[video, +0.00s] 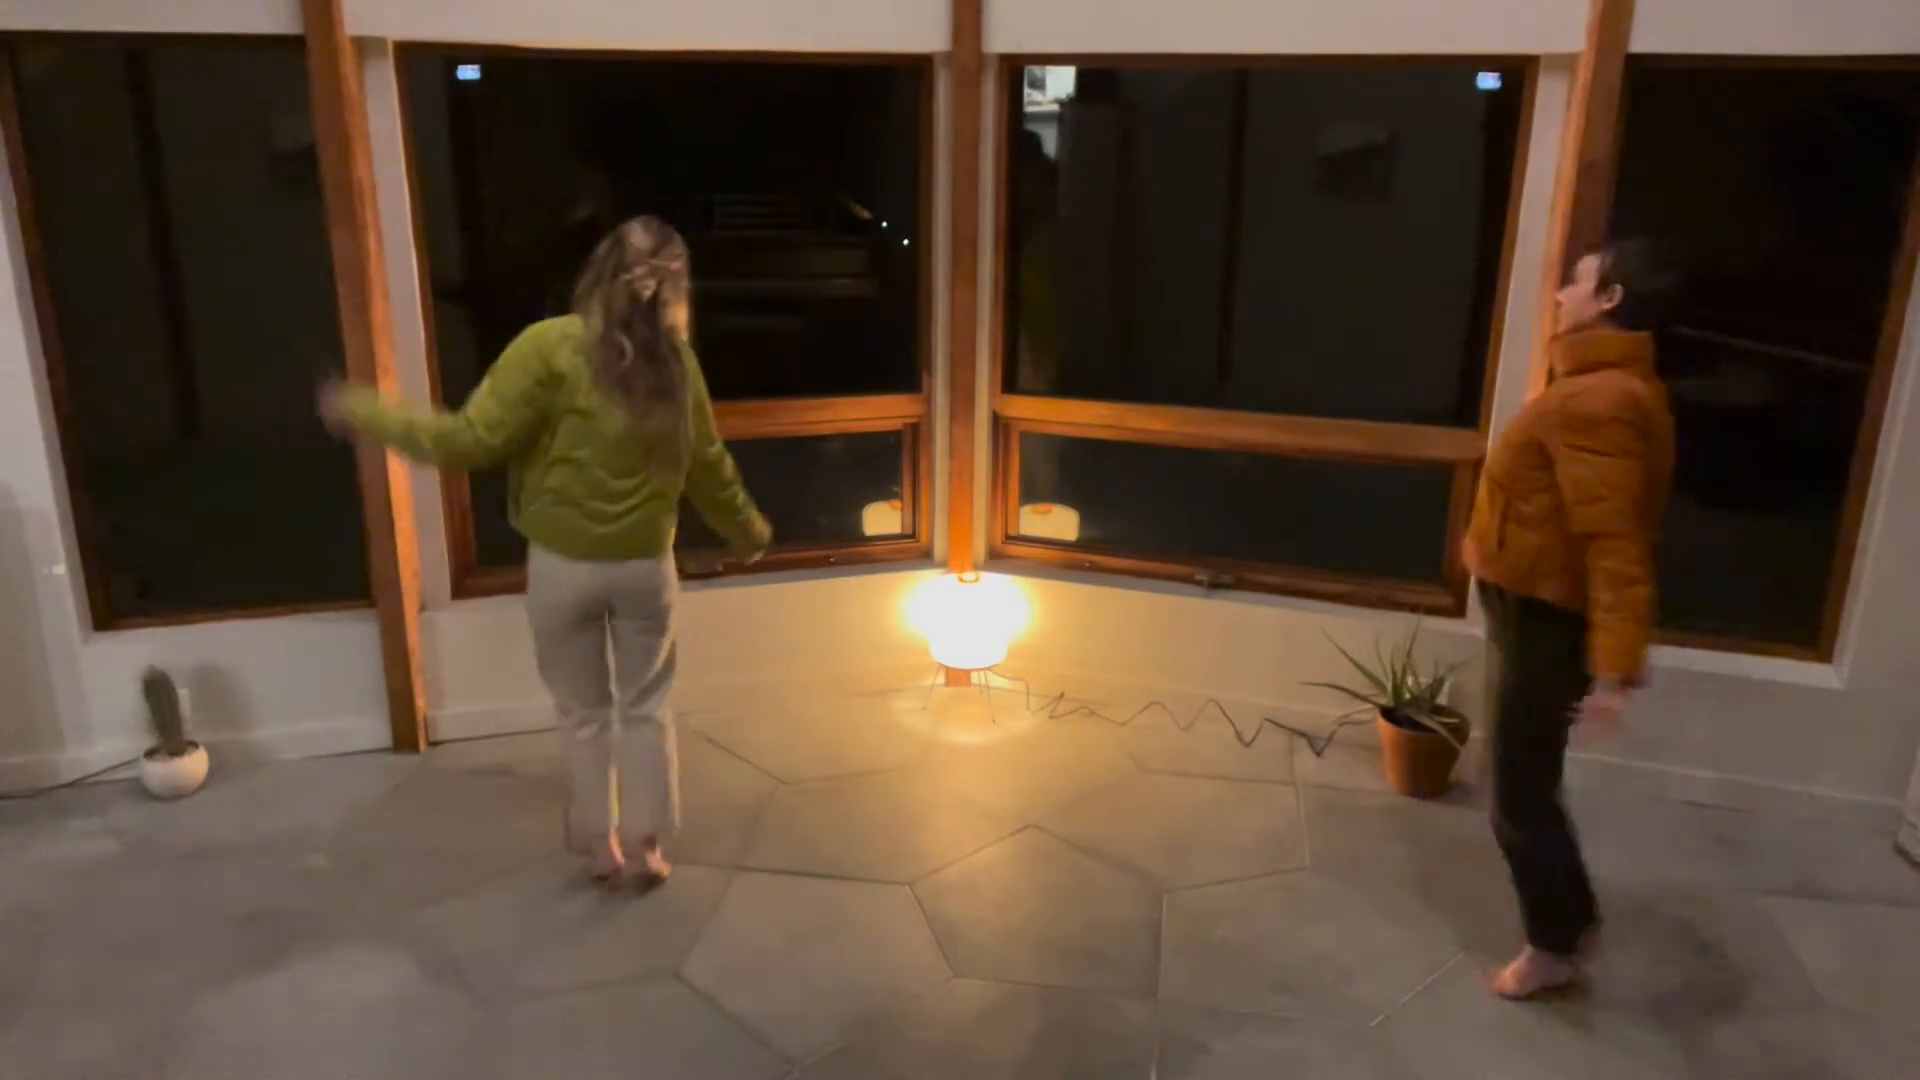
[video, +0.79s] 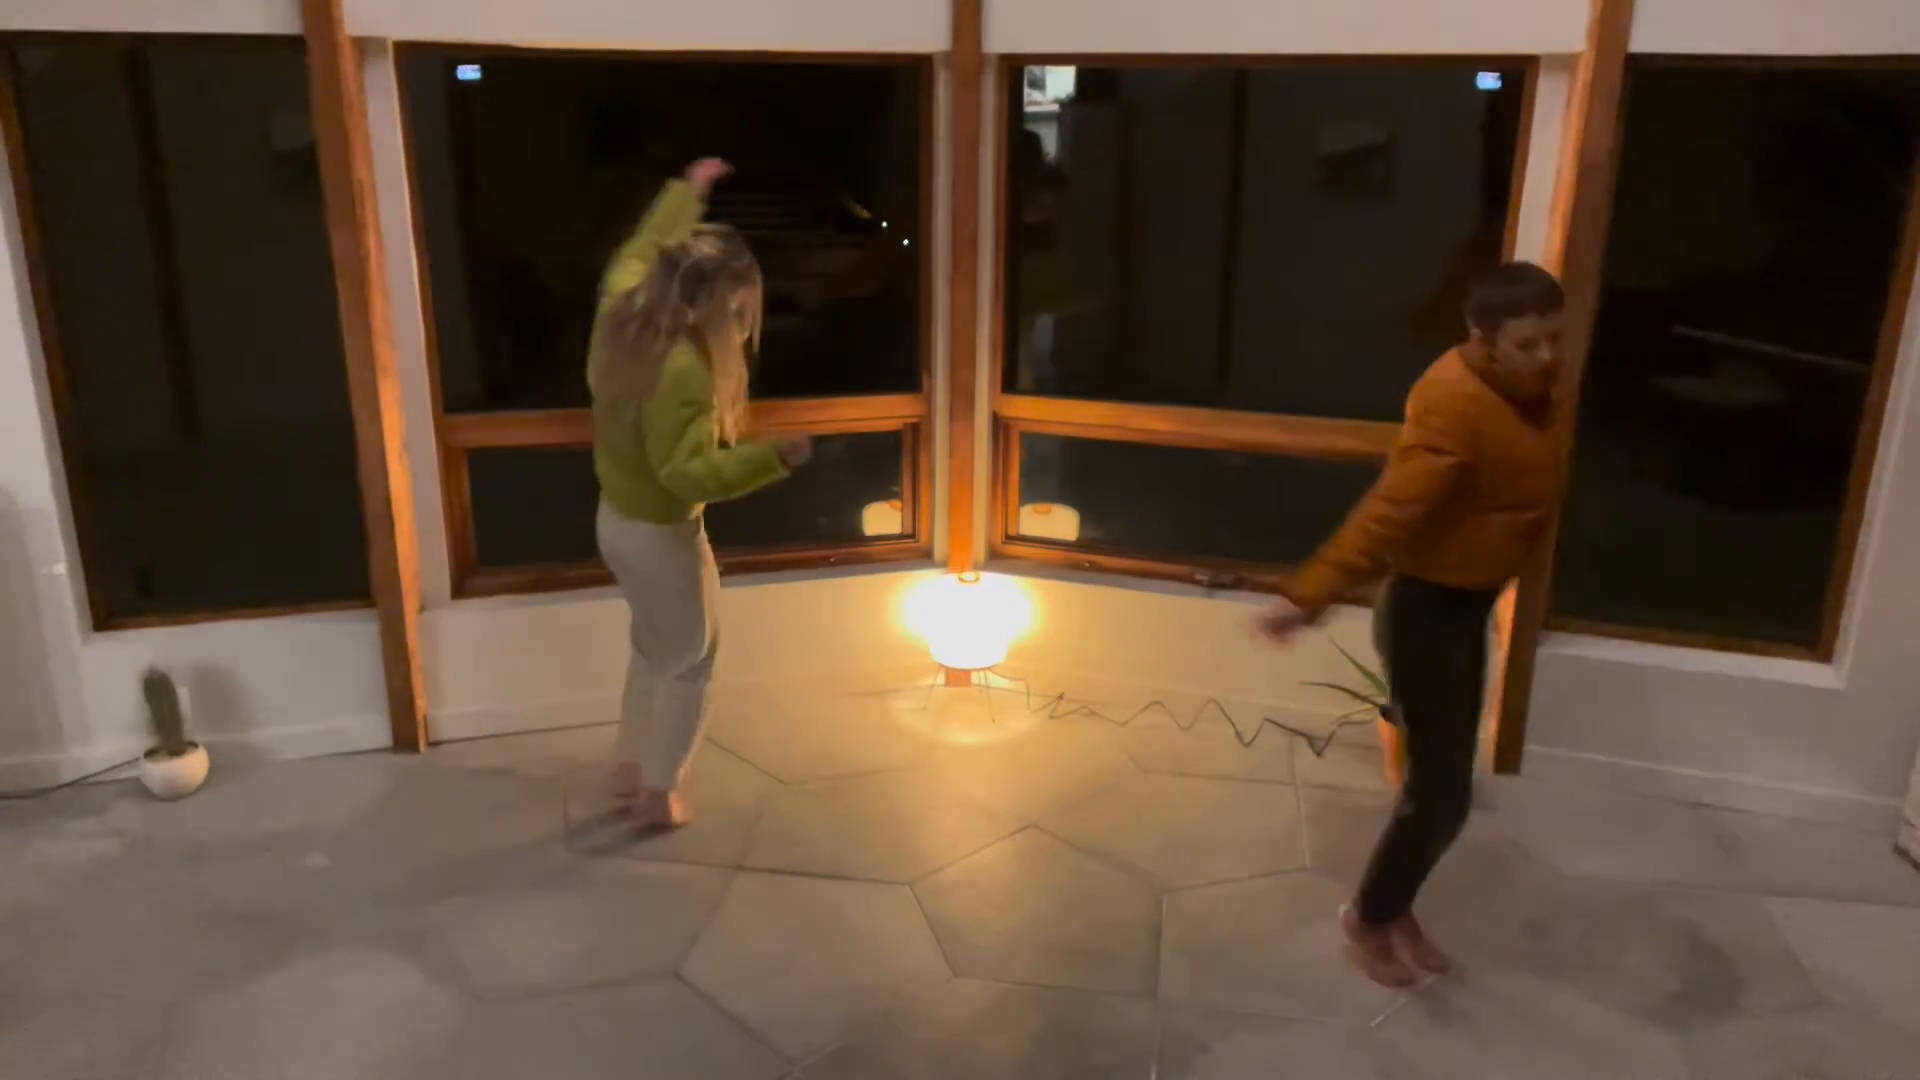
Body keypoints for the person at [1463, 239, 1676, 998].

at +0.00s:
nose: (1561, 291)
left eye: (1576, 281)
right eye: (1571, 278)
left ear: (1608, 303)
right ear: (1612, 304)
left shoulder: (1604, 402)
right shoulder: (1589, 385)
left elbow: (1616, 538)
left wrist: (1615, 664)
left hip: (1544, 618)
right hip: (1529, 609)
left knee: (1520, 795)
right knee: (1523, 782)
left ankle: (1552, 947)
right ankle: (1569, 915)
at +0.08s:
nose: (1547, 283)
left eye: (1563, 276)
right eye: (1555, 271)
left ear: (1600, 300)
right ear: (1588, 298)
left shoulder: (1613, 398)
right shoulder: (1553, 378)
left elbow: (1642, 533)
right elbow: (1521, 493)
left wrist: (1672, 656)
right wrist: (1480, 564)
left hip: (1553, 630)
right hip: (1500, 616)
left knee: (1519, 798)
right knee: (1468, 785)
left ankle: (1552, 954)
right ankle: (1509, 917)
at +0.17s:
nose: (1533, 282)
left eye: (1552, 272)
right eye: (1539, 269)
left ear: (1594, 296)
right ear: (1562, 292)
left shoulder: (1613, 394)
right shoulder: (1526, 373)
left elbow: (1656, 525)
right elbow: (1483, 472)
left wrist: (1695, 646)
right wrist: (1465, 548)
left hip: (1552, 626)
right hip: (1484, 609)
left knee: (1525, 801)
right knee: (1461, 779)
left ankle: (1550, 956)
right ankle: (1462, 910)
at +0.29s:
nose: (1509, 284)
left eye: (1529, 272)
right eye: (1507, 272)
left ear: (1572, 294)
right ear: (1497, 290)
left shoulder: (1611, 389)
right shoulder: (1479, 382)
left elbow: (1663, 511)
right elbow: (1421, 461)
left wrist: (1699, 615)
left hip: (1551, 612)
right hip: (1467, 603)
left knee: (1521, 785)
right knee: (1457, 775)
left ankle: (1524, 929)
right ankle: (1466, 909)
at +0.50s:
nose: (1495, 303)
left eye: (1510, 287)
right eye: (1480, 295)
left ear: (1548, 294)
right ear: (1468, 312)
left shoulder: (1602, 378)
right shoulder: (1447, 388)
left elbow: (1634, 491)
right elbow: (1360, 465)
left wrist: (1647, 583)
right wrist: (1251, 497)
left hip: (1540, 607)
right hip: (1449, 601)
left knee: (1519, 781)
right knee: (1424, 774)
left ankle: (1492, 922)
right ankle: (1390, 907)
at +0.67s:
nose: (1525, 330)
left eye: (1535, 311)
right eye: (1505, 318)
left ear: (1552, 304)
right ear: (1470, 322)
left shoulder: (1579, 371)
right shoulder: (1441, 394)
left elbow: (1578, 476)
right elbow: (1355, 490)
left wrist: (1571, 560)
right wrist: (1243, 553)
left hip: (1510, 603)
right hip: (1438, 598)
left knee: (1480, 774)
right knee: (1415, 768)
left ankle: (1421, 896)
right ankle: (1372, 905)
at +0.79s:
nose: (1546, 358)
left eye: (1552, 340)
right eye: (1528, 344)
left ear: (1561, 333)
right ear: (1484, 341)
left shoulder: (1532, 392)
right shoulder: (1451, 404)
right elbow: (1388, 510)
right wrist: (1308, 597)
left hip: (1469, 605)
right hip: (1425, 606)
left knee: (1447, 784)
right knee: (1440, 794)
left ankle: (1395, 909)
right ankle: (1368, 917)